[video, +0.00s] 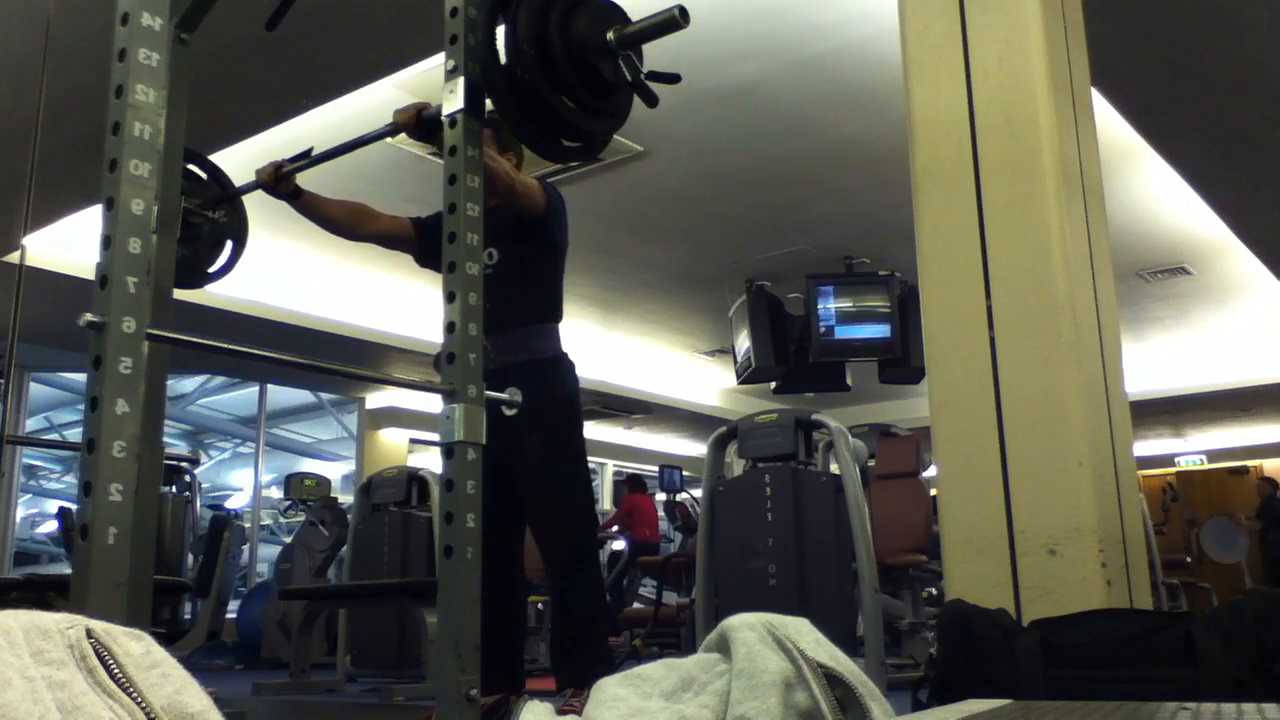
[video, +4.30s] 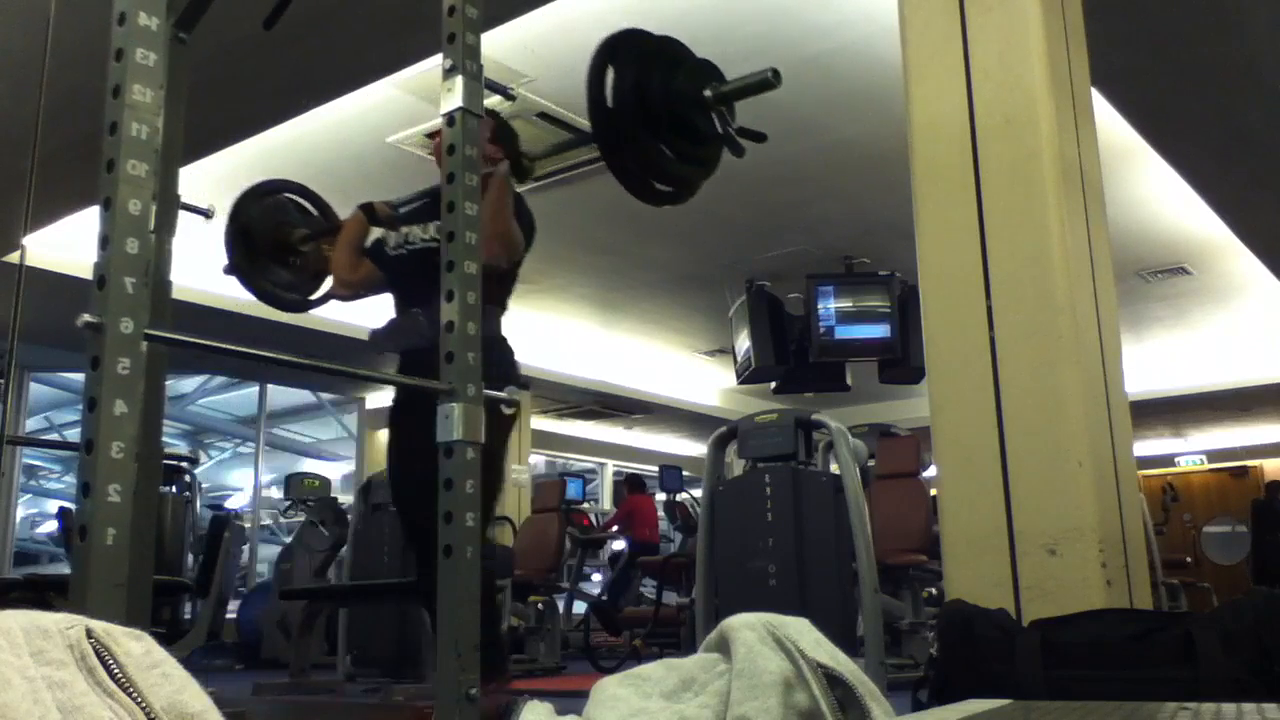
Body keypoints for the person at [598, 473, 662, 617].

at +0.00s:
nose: (626, 490)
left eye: (627, 487)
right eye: (626, 487)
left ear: (630, 487)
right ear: (644, 487)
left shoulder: (630, 500)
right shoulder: (650, 500)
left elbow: (616, 519)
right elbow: (636, 522)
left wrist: (600, 529)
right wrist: (618, 531)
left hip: (637, 547)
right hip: (654, 547)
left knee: (613, 559)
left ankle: (618, 602)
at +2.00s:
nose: (626, 490)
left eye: (627, 487)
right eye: (626, 487)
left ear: (631, 487)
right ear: (643, 486)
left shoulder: (631, 500)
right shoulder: (649, 500)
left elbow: (618, 518)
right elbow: (636, 522)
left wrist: (602, 528)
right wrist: (618, 532)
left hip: (636, 546)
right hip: (654, 547)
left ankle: (621, 595)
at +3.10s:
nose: (624, 490)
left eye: (625, 487)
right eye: (625, 487)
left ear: (629, 486)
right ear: (642, 485)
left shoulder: (631, 500)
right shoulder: (649, 500)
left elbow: (617, 520)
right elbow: (636, 524)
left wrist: (600, 530)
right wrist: (617, 532)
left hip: (636, 545)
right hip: (653, 546)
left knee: (602, 553)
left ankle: (606, 590)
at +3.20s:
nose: (625, 490)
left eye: (625, 487)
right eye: (625, 487)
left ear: (630, 487)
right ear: (642, 486)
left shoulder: (631, 500)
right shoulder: (649, 500)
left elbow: (617, 520)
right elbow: (635, 523)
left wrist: (600, 530)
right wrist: (617, 533)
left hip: (637, 544)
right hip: (654, 545)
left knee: (602, 562)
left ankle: (599, 601)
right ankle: (632, 604)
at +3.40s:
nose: (624, 491)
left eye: (625, 488)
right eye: (624, 488)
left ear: (629, 487)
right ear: (643, 487)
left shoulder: (630, 500)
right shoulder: (649, 501)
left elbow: (616, 518)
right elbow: (634, 522)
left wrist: (600, 530)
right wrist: (616, 533)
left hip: (637, 545)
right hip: (654, 546)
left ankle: (613, 609)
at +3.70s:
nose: (625, 491)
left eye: (627, 488)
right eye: (625, 488)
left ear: (631, 488)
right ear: (644, 488)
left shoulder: (631, 500)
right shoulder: (650, 501)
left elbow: (617, 519)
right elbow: (637, 523)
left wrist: (600, 530)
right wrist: (618, 533)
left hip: (636, 547)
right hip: (654, 547)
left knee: (610, 570)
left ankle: (616, 603)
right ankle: (623, 602)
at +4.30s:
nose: (624, 491)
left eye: (625, 488)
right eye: (624, 488)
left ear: (629, 488)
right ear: (643, 488)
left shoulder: (631, 501)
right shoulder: (649, 501)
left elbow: (616, 519)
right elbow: (635, 523)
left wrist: (601, 529)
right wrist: (619, 532)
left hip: (638, 545)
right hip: (654, 546)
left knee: (621, 574)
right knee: (614, 559)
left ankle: (613, 603)